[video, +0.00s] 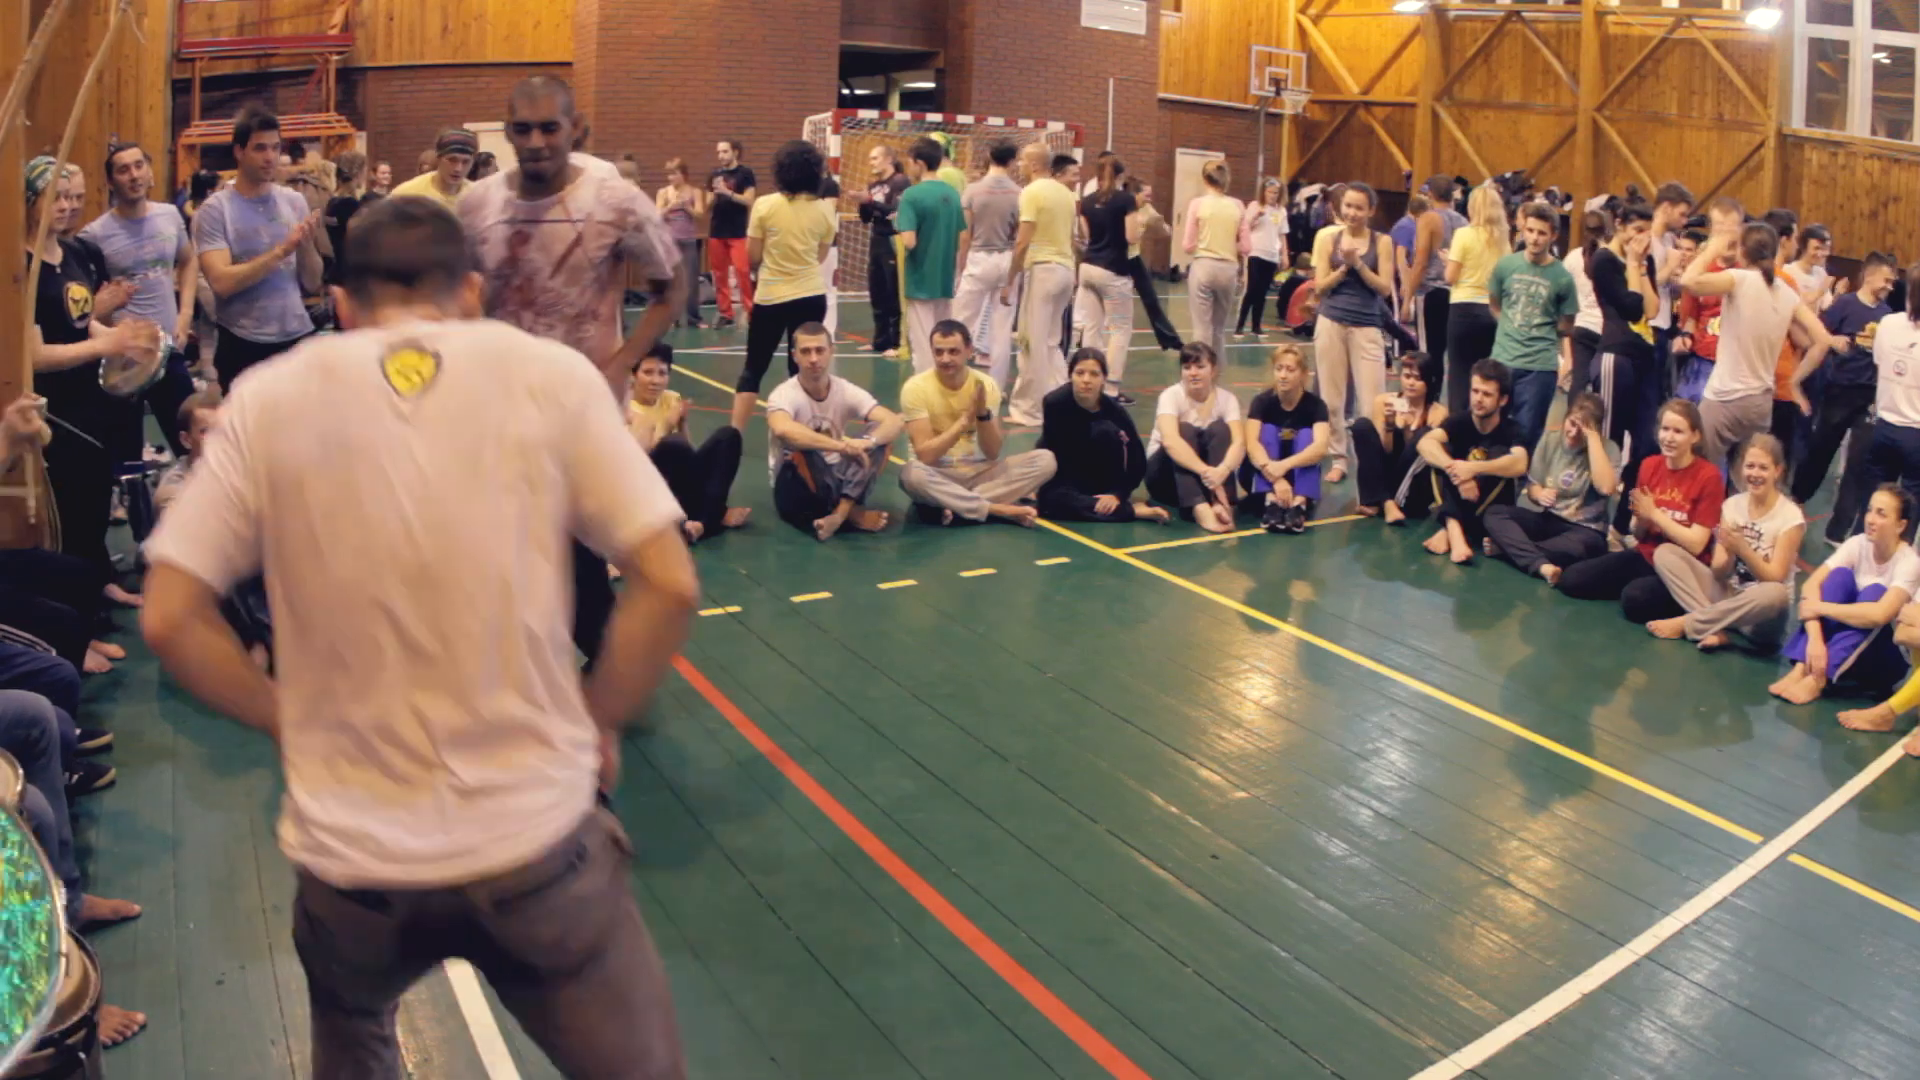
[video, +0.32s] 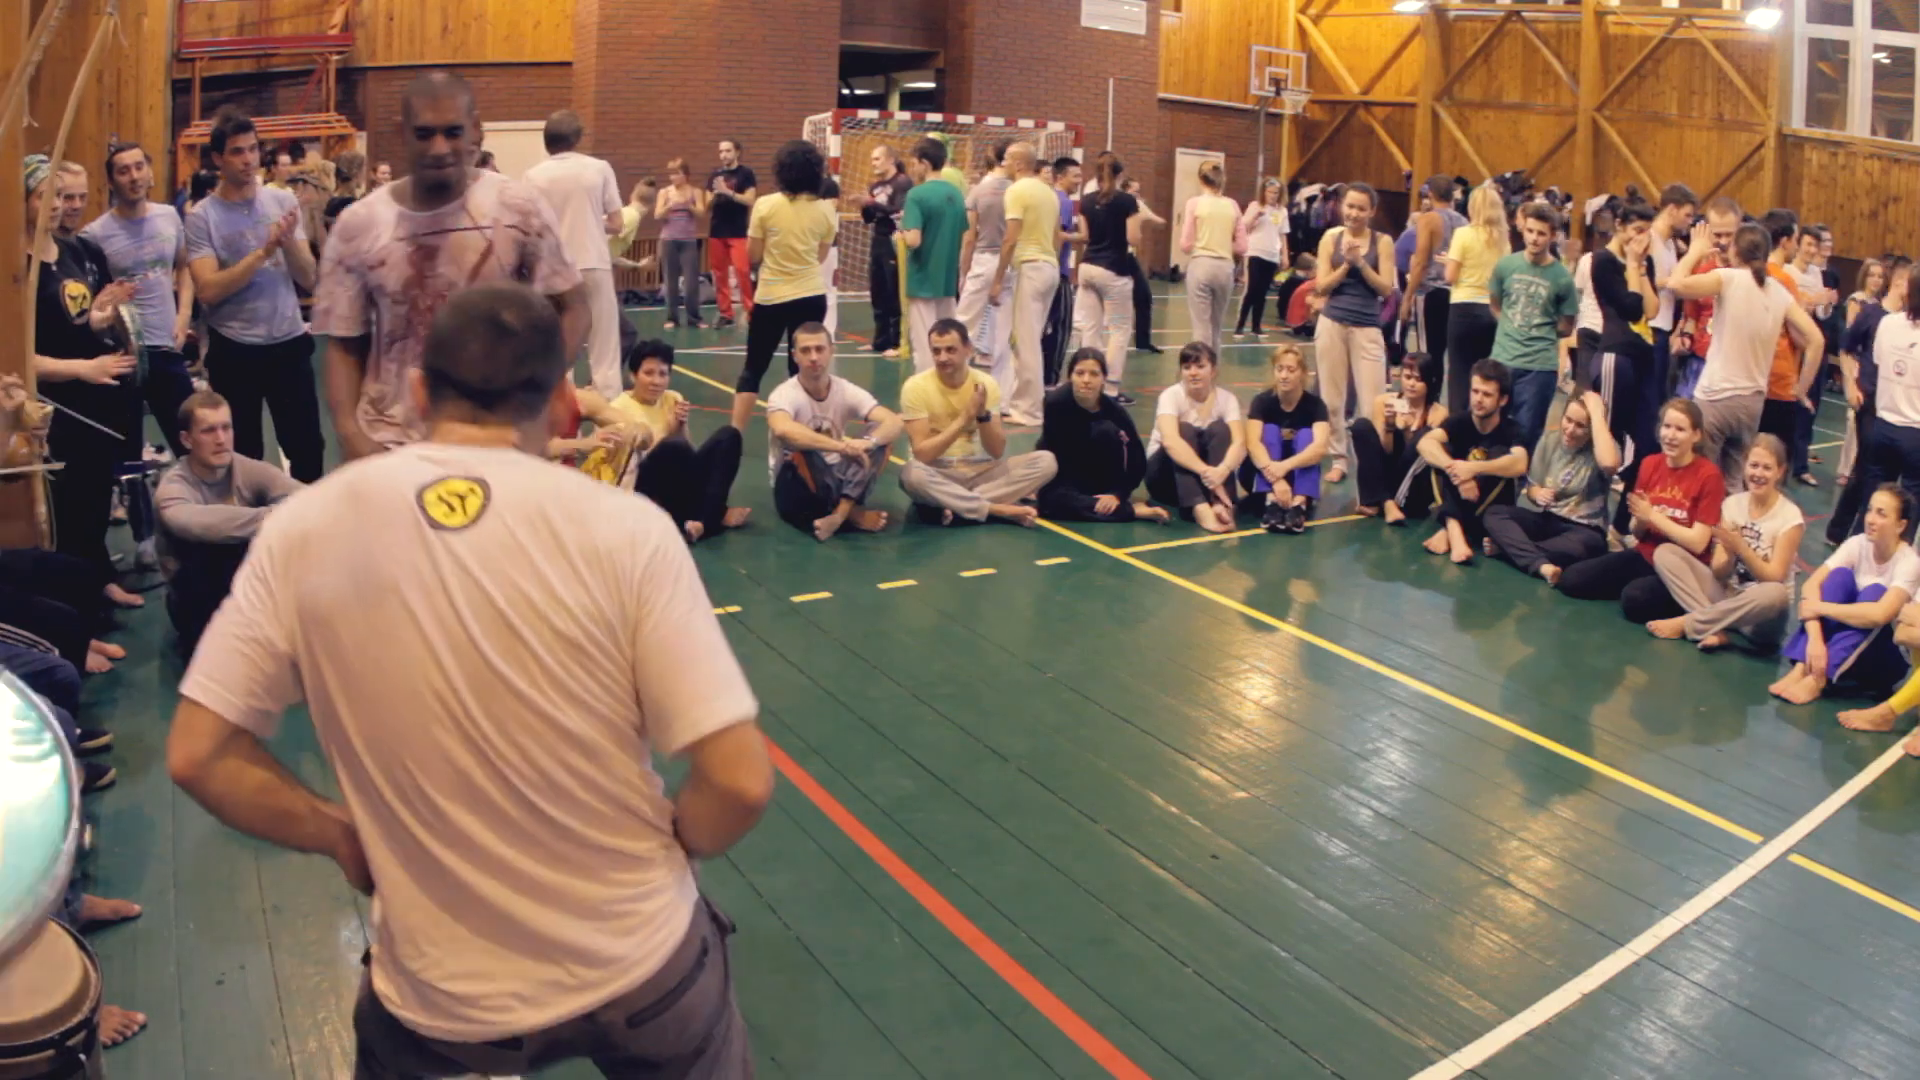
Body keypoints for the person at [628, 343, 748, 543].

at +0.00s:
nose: (655, 380)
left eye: (662, 373)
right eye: (647, 373)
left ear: (668, 378)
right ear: (634, 376)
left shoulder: (672, 401)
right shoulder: (622, 408)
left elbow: (687, 450)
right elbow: (633, 458)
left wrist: (681, 425)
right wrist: (666, 425)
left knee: (729, 435)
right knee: (673, 447)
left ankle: (699, 521)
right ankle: (717, 514)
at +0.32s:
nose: (656, 381)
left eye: (662, 374)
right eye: (649, 373)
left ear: (670, 378)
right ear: (633, 375)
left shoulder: (673, 400)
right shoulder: (620, 409)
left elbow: (688, 452)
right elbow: (628, 464)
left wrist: (681, 426)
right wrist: (669, 433)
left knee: (729, 435)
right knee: (674, 449)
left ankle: (699, 521)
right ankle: (716, 515)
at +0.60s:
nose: (656, 381)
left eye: (663, 375)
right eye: (648, 374)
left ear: (670, 378)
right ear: (634, 376)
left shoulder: (675, 401)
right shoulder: (621, 407)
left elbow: (686, 453)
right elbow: (628, 467)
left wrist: (685, 425)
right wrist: (658, 438)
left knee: (729, 435)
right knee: (675, 447)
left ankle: (701, 520)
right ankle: (716, 514)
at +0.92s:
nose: (655, 382)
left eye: (663, 376)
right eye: (649, 374)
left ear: (670, 379)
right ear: (635, 374)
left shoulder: (674, 403)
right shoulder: (619, 408)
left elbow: (686, 458)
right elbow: (628, 467)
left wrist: (682, 427)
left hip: (683, 510)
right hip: (645, 514)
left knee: (728, 435)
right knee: (674, 446)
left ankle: (700, 520)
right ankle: (717, 516)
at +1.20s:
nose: (656, 388)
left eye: (664, 381)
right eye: (650, 379)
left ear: (672, 382)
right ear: (637, 377)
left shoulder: (675, 402)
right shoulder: (619, 410)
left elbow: (687, 459)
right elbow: (619, 466)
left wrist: (682, 428)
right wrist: (657, 433)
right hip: (644, 513)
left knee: (730, 435)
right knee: (674, 449)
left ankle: (699, 520)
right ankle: (716, 517)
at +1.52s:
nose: (657, 392)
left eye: (666, 386)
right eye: (652, 382)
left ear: (673, 386)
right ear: (639, 378)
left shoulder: (675, 402)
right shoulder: (620, 409)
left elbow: (684, 455)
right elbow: (626, 464)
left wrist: (682, 430)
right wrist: (659, 433)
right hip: (644, 514)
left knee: (730, 435)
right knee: (674, 450)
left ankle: (699, 520)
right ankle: (717, 517)